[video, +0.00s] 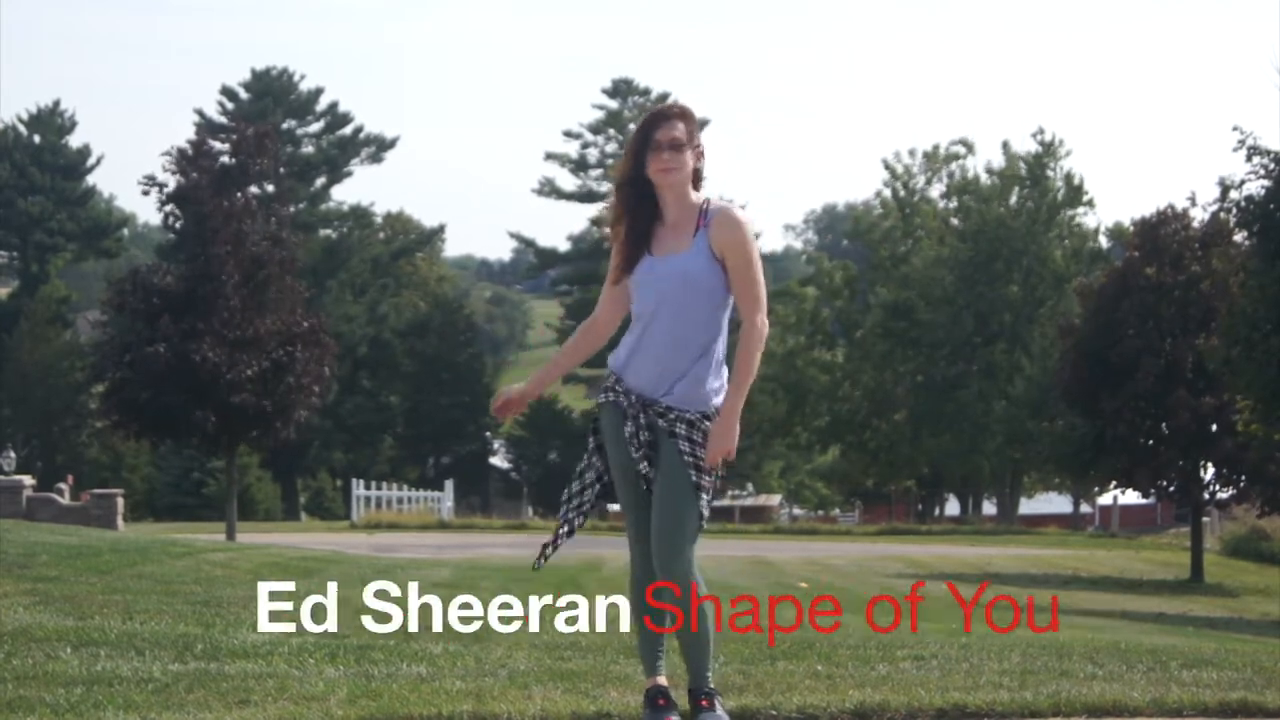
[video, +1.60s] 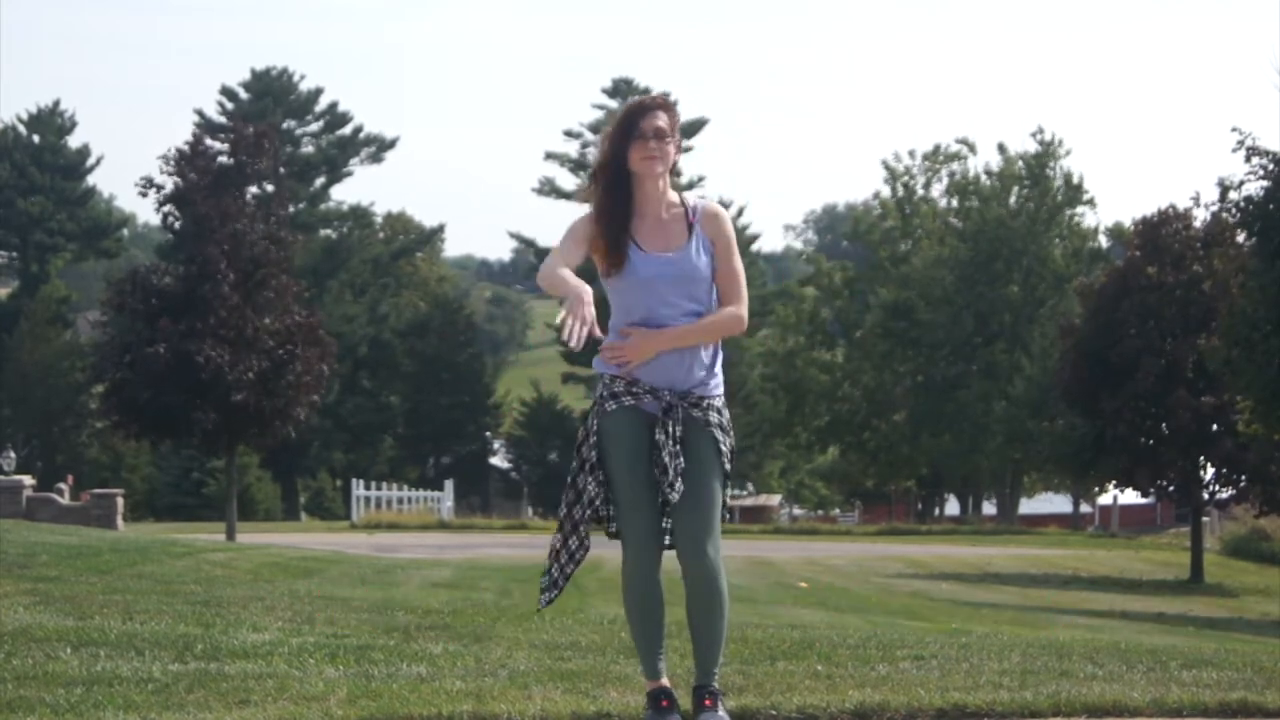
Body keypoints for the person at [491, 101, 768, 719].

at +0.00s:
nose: (669, 155)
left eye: (679, 145)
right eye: (658, 147)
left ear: (698, 155)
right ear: (641, 159)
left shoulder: (725, 225)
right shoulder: (633, 233)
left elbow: (756, 321)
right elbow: (604, 319)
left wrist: (732, 411)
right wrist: (536, 385)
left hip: (691, 411)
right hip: (625, 403)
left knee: (674, 557)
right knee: (643, 550)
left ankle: (702, 690)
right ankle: (655, 681)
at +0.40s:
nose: (658, 154)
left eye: (669, 145)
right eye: (648, 143)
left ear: (680, 155)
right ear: (625, 152)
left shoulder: (699, 209)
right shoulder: (618, 234)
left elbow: (786, 261)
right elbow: (613, 332)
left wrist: (767, 350)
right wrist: (582, 416)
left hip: (710, 402)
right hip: (650, 404)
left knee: (699, 550)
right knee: (653, 548)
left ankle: (708, 691)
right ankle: (660, 686)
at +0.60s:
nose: (659, 154)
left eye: (670, 145)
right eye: (650, 142)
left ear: (681, 154)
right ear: (628, 148)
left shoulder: (705, 210)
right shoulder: (604, 232)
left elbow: (808, 238)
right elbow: (609, 331)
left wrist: (822, 301)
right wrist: (606, 417)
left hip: (721, 395)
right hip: (648, 398)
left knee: (716, 552)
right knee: (659, 547)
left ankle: (710, 691)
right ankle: (660, 688)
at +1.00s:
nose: (670, 151)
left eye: (680, 142)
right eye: (660, 141)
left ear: (692, 153)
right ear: (639, 151)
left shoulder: (705, 232)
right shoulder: (607, 226)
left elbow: (760, 316)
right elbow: (554, 309)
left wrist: (836, 282)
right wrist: (568, 400)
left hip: (725, 401)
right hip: (658, 404)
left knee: (719, 551)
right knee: (684, 553)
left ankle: (712, 691)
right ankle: (664, 692)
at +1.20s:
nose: (671, 143)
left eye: (680, 134)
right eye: (659, 134)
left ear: (694, 144)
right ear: (639, 147)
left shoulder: (707, 225)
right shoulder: (614, 215)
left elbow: (730, 319)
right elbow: (530, 271)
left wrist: (812, 340)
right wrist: (513, 361)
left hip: (711, 401)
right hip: (650, 399)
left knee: (712, 544)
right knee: (667, 541)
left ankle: (712, 691)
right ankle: (663, 692)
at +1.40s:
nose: (670, 140)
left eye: (677, 130)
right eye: (657, 131)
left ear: (690, 140)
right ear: (634, 144)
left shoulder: (713, 220)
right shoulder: (612, 211)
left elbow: (729, 310)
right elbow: (530, 248)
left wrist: (714, 353)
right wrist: (497, 309)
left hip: (701, 396)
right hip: (635, 392)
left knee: (702, 543)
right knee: (650, 539)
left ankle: (710, 688)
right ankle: (660, 687)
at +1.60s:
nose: (659, 144)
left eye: (667, 135)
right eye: (647, 136)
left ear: (679, 146)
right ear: (623, 148)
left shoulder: (709, 218)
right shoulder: (598, 224)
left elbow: (736, 315)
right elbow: (550, 272)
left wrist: (659, 339)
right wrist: (579, 292)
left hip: (699, 397)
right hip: (626, 395)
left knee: (699, 547)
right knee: (640, 545)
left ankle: (706, 690)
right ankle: (658, 687)